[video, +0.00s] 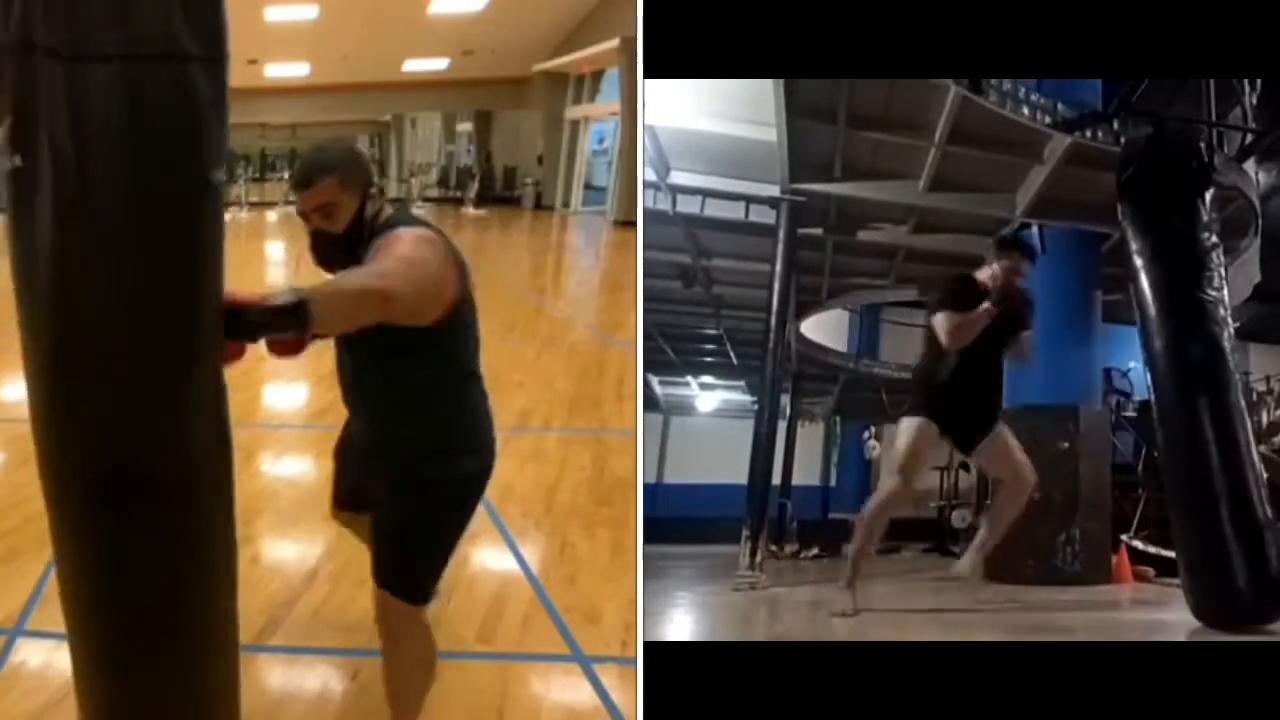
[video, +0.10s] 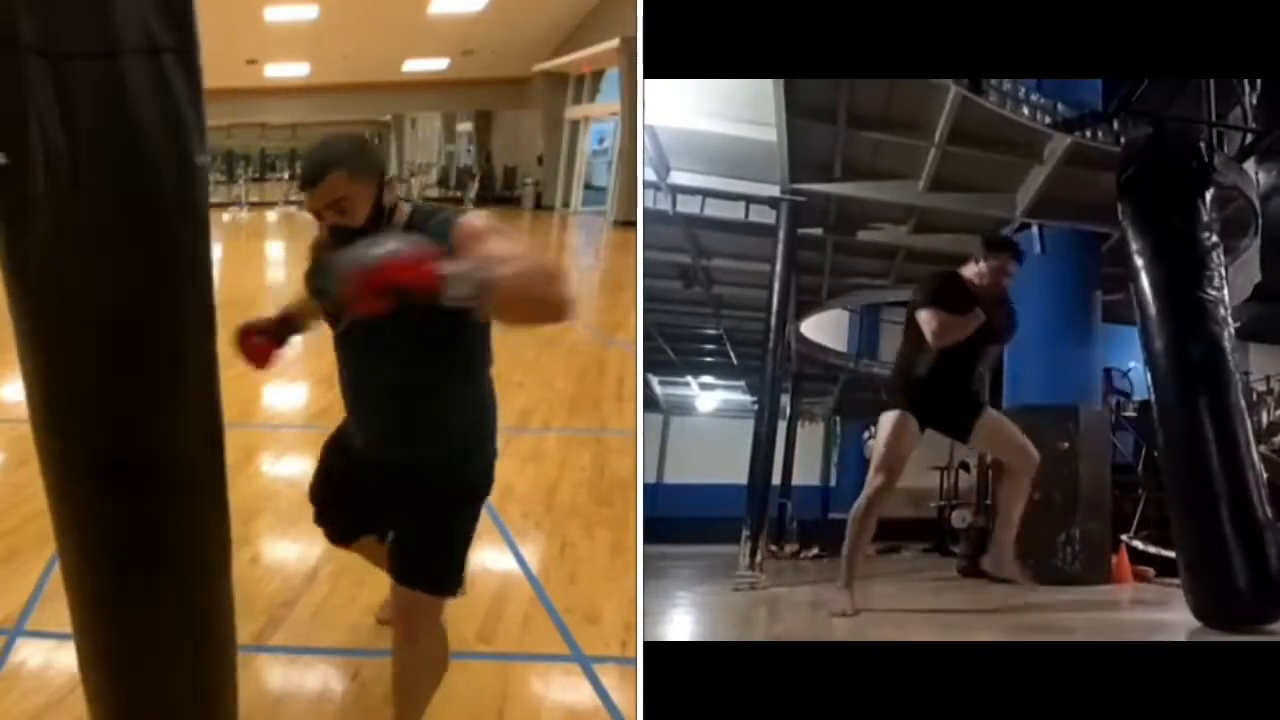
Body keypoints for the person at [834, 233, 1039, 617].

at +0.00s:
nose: (1014, 275)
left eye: (1021, 270)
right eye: (1010, 266)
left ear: (1026, 272)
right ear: (994, 260)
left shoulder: (1016, 303)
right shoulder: (958, 287)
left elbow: (1022, 353)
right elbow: (949, 337)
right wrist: (989, 307)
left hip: (976, 410)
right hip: (930, 403)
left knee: (1020, 482)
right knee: (898, 484)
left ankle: (972, 558)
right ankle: (849, 578)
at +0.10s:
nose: (1005, 283)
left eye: (1009, 276)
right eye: (1000, 273)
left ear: (1010, 274)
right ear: (978, 265)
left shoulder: (1000, 311)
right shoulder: (937, 285)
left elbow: (996, 349)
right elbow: (936, 335)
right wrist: (980, 316)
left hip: (959, 403)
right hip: (912, 398)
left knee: (1024, 460)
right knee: (880, 482)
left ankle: (1001, 556)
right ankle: (845, 586)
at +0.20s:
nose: (993, 268)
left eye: (999, 264)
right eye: (991, 259)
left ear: (999, 265)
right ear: (974, 248)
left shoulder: (982, 289)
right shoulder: (927, 267)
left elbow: (991, 336)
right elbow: (923, 312)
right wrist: (969, 298)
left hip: (955, 391)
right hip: (908, 388)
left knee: (1001, 464)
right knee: (876, 476)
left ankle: (1022, 567)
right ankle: (845, 581)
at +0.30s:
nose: (985, 259)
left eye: (991, 255)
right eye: (983, 249)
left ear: (990, 259)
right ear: (963, 240)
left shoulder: (974, 285)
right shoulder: (921, 256)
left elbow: (979, 322)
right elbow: (918, 297)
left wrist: (995, 317)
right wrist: (966, 280)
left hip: (953, 392)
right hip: (905, 387)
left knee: (983, 484)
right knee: (870, 477)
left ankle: (1003, 585)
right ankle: (844, 582)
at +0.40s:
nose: (982, 253)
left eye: (988, 248)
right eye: (976, 243)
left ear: (991, 254)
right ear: (952, 241)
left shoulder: (980, 284)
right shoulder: (919, 261)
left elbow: (1009, 315)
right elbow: (911, 300)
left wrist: (1004, 286)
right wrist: (966, 280)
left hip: (955, 394)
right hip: (907, 389)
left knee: (977, 488)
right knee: (873, 476)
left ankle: (995, 587)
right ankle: (845, 584)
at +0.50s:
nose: (1000, 263)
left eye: (1005, 257)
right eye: (995, 253)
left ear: (1005, 260)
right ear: (974, 246)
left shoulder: (991, 293)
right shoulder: (926, 269)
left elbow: (1025, 321)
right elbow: (886, 316)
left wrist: (1000, 288)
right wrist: (936, 310)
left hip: (961, 397)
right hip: (913, 390)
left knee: (979, 489)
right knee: (876, 475)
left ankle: (996, 584)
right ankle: (847, 583)